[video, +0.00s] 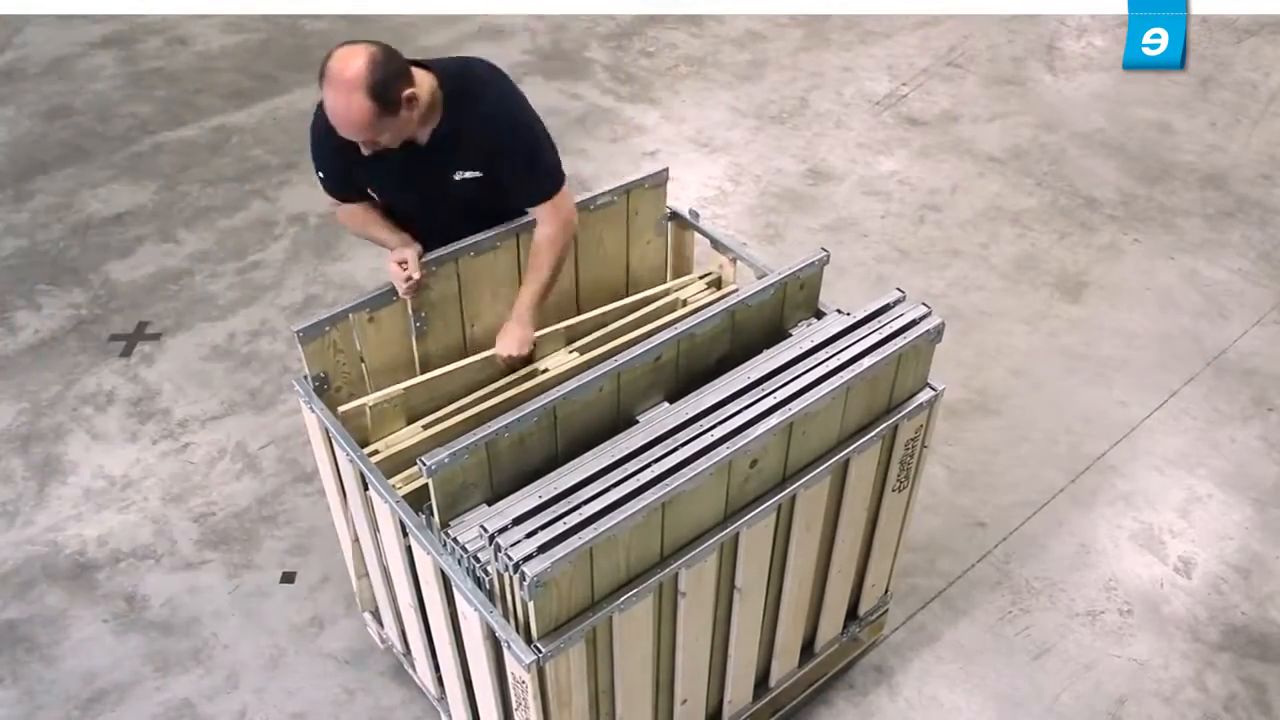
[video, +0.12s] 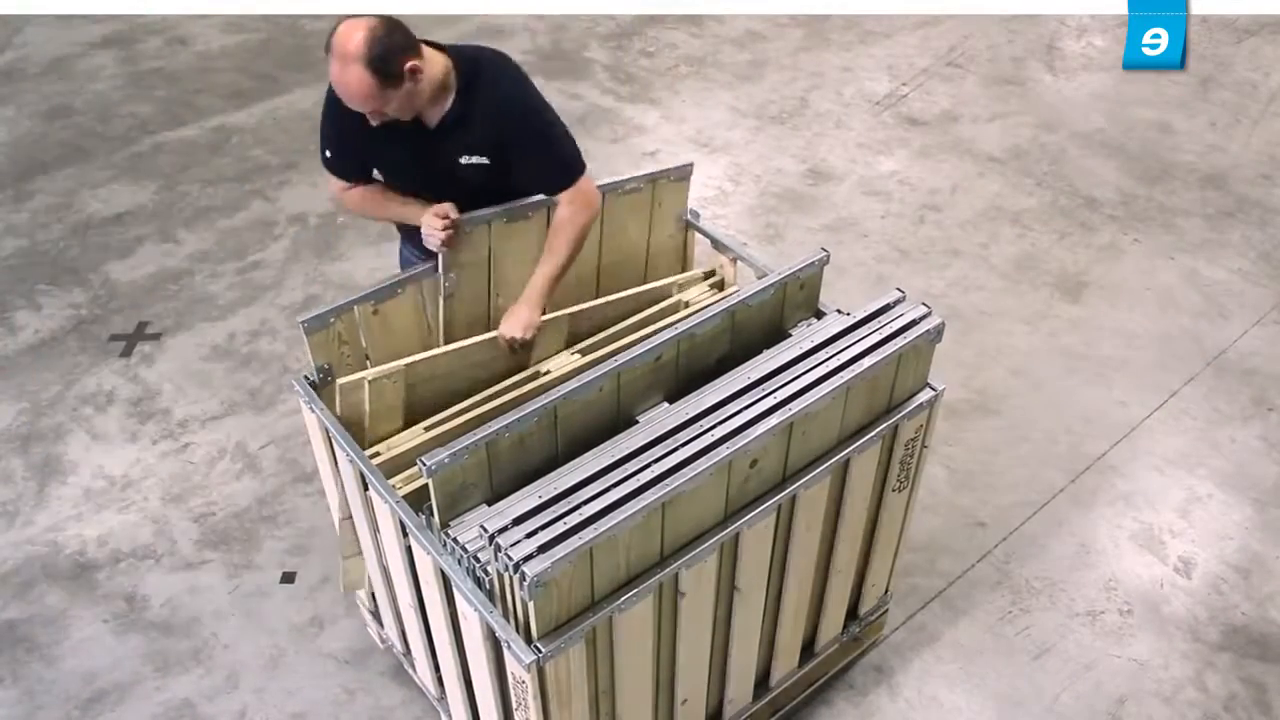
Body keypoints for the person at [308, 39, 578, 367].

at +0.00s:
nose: (366, 152)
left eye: (373, 141)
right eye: (355, 141)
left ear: (410, 102)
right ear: (336, 111)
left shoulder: (487, 97)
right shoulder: (333, 127)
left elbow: (558, 215)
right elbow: (346, 202)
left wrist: (523, 317)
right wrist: (399, 243)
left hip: (515, 261)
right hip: (433, 280)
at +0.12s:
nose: (371, 122)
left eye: (377, 111)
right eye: (360, 111)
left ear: (414, 73)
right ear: (345, 83)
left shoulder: (497, 85)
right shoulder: (350, 88)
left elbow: (582, 197)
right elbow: (346, 188)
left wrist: (532, 302)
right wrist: (421, 215)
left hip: (510, 255)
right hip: (424, 260)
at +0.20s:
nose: (415, 89)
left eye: (424, 76)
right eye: (404, 77)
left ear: (467, 46)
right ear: (389, 54)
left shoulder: (522, 79)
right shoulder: (372, 70)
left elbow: (575, 200)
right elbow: (334, 161)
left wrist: (526, 302)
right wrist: (392, 223)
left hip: (512, 261)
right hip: (427, 266)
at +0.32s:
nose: (524, 96)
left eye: (529, 81)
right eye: (509, 90)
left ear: (531, 54)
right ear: (459, 76)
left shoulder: (534, 76)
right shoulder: (394, 93)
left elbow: (606, 150)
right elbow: (372, 245)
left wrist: (596, 258)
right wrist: (440, 336)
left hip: (501, 263)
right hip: (420, 276)